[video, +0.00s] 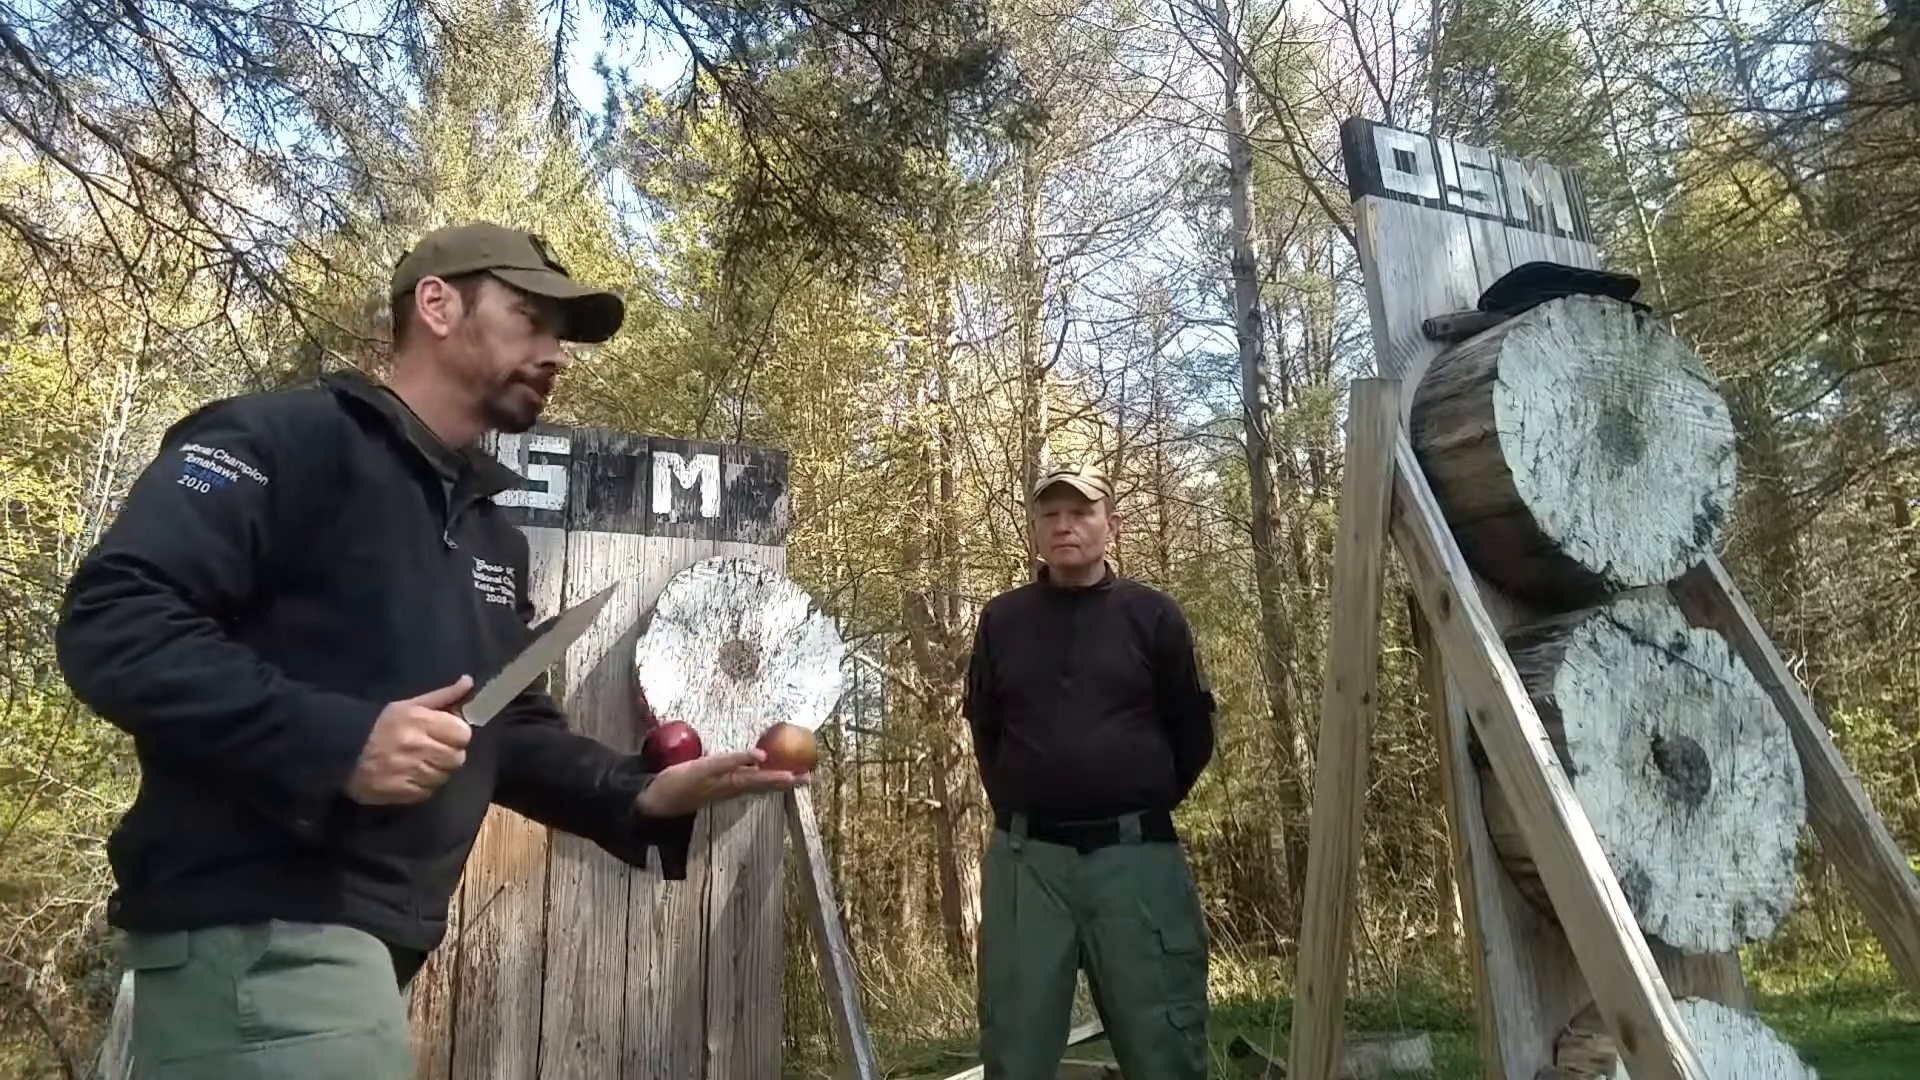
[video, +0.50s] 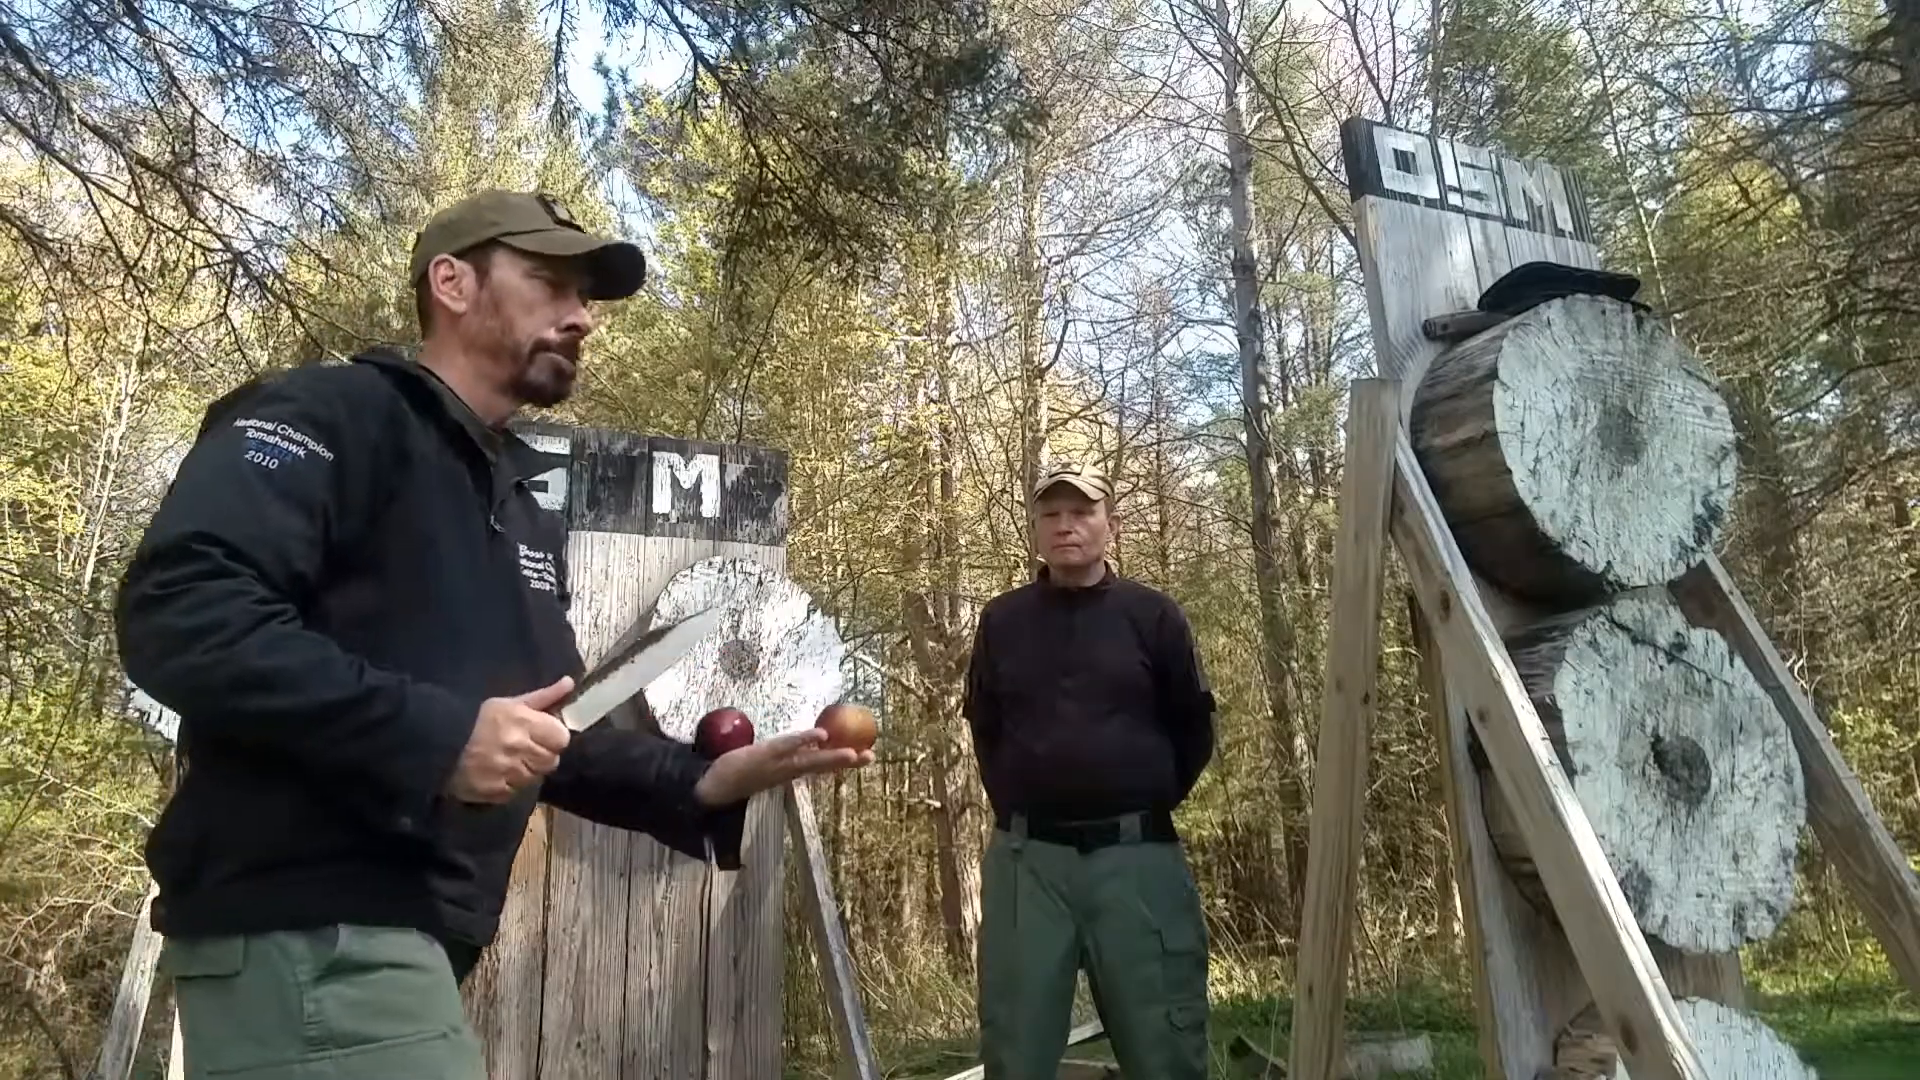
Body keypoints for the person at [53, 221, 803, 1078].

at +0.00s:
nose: (559, 353)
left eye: (564, 334)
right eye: (536, 319)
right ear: (437, 309)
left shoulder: (491, 533)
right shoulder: (277, 439)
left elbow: (499, 727)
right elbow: (113, 625)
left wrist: (641, 796)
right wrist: (337, 739)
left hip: (358, 953)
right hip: (255, 943)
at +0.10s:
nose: (567, 338)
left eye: (572, 316)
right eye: (539, 305)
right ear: (442, 301)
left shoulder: (507, 531)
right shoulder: (301, 432)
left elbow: (520, 731)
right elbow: (140, 620)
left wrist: (665, 792)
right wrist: (374, 736)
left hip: (373, 947)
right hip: (278, 940)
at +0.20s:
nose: (580, 323)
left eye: (584, 303)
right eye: (549, 287)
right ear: (452, 292)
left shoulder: (520, 529)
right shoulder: (315, 424)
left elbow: (526, 732)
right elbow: (170, 616)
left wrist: (683, 785)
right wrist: (420, 725)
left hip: (392, 947)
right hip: (290, 940)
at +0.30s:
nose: (592, 309)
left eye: (597, 289)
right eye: (559, 274)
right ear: (462, 283)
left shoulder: (529, 514)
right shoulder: (338, 405)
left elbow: (532, 731)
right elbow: (194, 604)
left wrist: (697, 780)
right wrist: (453, 719)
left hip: (395, 944)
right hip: (302, 940)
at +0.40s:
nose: (595, 306)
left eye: (598, 286)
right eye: (562, 272)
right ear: (464, 280)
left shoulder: (532, 515)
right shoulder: (345, 404)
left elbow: (528, 728)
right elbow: (197, 601)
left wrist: (704, 777)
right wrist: (457, 722)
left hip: (401, 940)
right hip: (313, 936)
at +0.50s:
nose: (584, 317)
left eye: (588, 294)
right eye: (551, 281)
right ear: (452, 285)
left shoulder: (522, 514)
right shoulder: (331, 410)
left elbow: (524, 734)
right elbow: (179, 611)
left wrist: (708, 779)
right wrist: (442, 735)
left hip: (400, 942)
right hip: (307, 938)